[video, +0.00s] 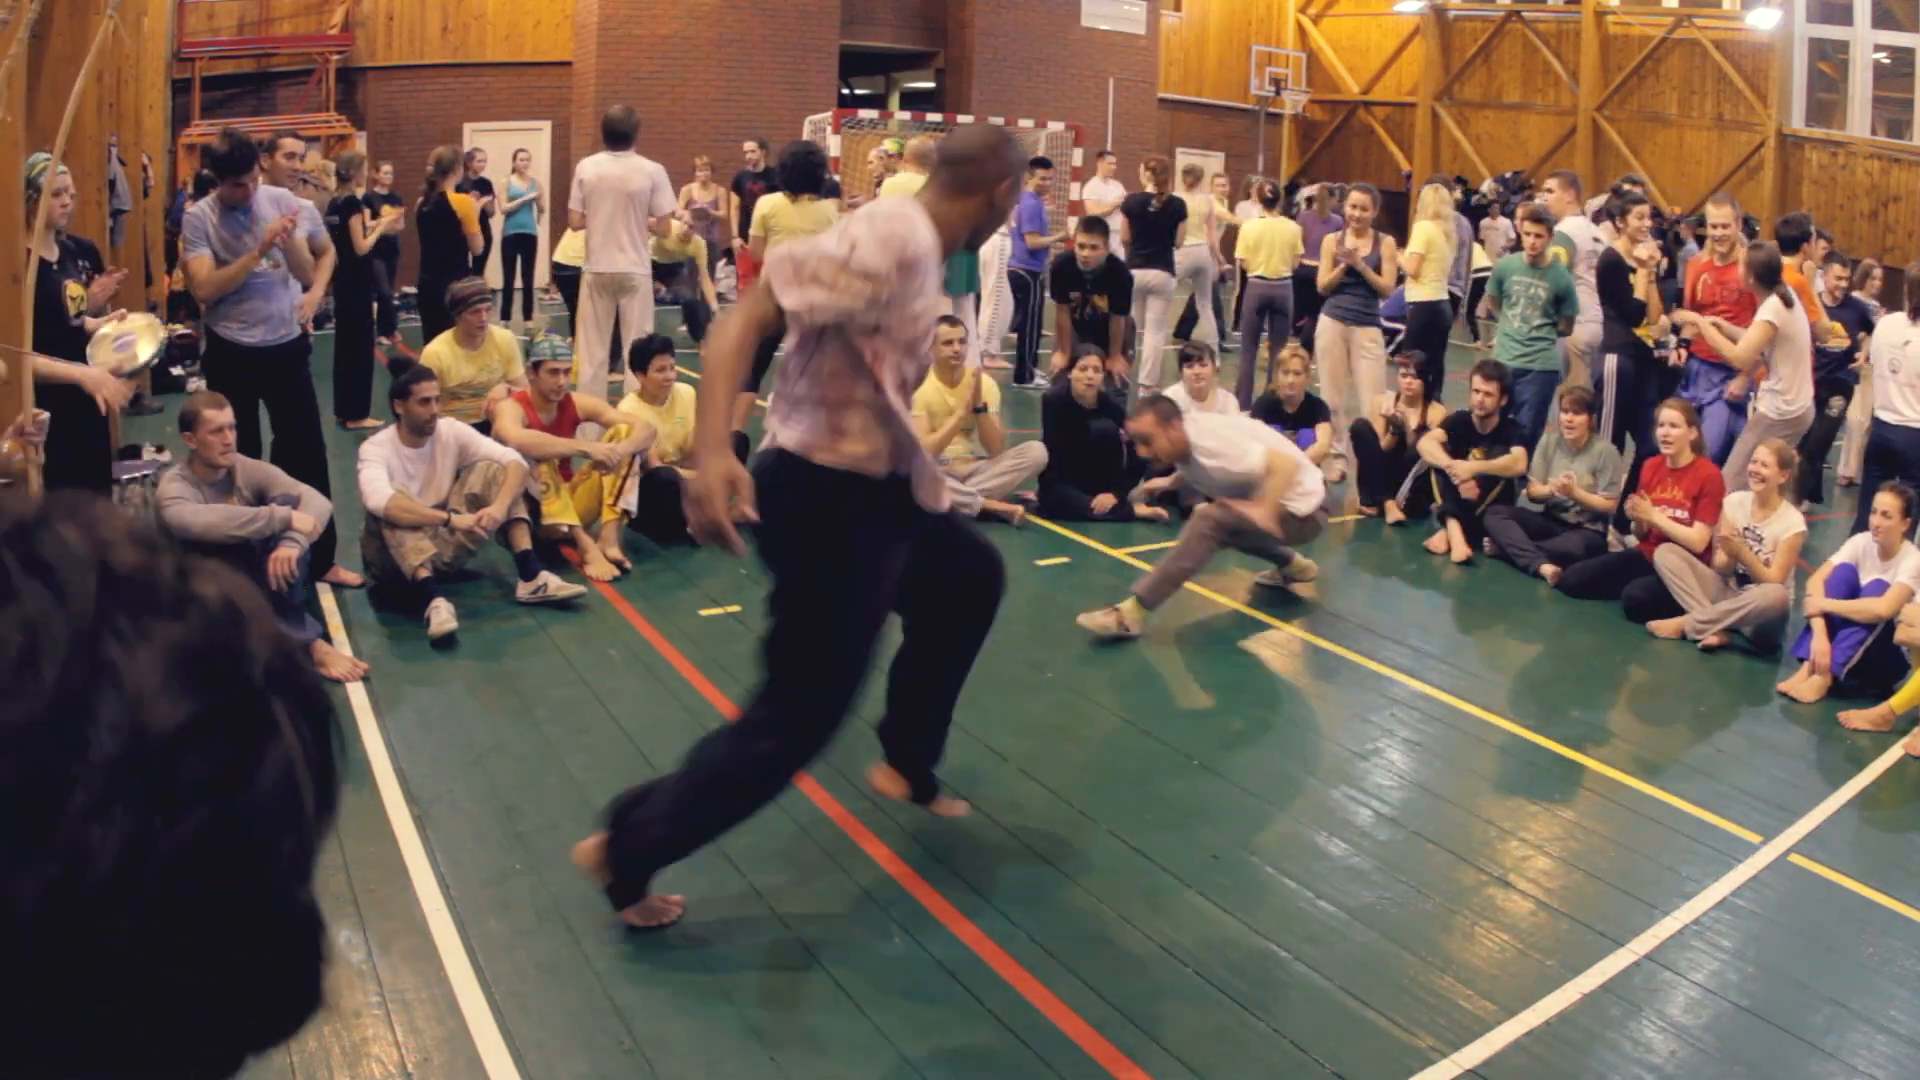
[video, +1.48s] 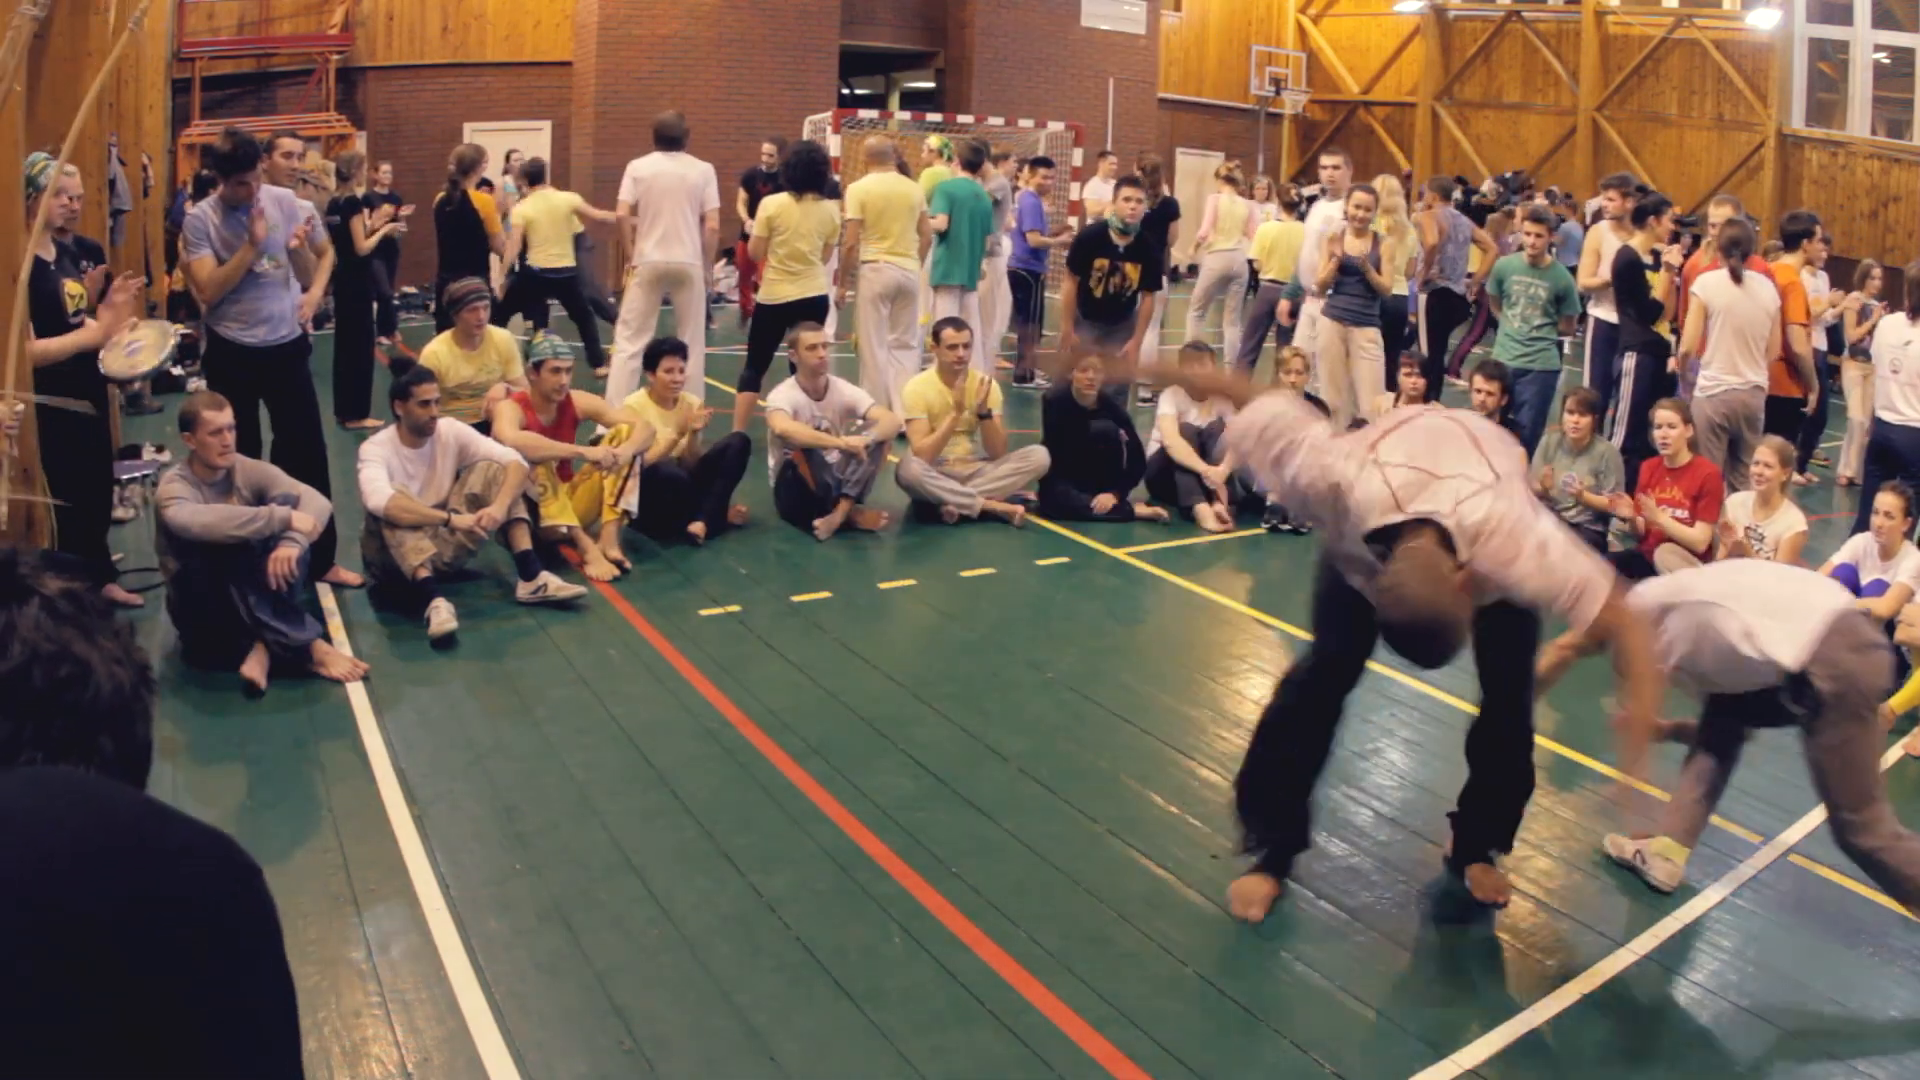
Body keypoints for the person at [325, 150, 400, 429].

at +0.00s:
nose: (370, 175)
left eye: (369, 169)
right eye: (367, 170)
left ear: (342, 172)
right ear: (357, 172)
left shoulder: (335, 203)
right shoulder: (352, 204)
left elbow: (352, 241)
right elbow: (360, 246)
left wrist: (377, 225)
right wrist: (381, 226)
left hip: (343, 281)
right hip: (358, 283)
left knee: (349, 343)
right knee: (360, 345)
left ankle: (346, 411)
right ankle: (355, 414)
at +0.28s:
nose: (370, 174)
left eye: (368, 169)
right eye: (367, 169)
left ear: (343, 172)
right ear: (357, 172)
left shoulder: (335, 203)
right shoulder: (355, 203)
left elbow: (346, 244)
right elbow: (361, 247)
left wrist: (377, 226)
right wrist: (381, 228)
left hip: (342, 280)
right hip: (358, 282)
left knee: (348, 343)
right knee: (361, 345)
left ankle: (347, 411)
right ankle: (356, 414)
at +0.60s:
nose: (369, 175)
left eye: (368, 169)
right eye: (366, 170)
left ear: (342, 172)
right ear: (357, 172)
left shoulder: (334, 202)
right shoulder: (354, 203)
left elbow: (343, 244)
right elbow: (363, 247)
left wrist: (368, 225)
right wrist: (380, 227)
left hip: (342, 280)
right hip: (358, 282)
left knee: (348, 343)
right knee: (360, 345)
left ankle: (346, 411)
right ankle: (356, 414)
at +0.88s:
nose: (370, 173)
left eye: (369, 168)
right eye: (367, 169)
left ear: (342, 172)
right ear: (357, 172)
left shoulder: (336, 203)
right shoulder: (353, 204)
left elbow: (348, 242)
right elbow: (358, 249)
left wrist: (373, 232)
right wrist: (384, 240)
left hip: (344, 281)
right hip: (358, 283)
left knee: (349, 343)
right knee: (361, 345)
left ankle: (346, 411)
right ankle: (355, 414)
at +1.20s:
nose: (369, 174)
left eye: (368, 169)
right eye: (367, 170)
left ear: (342, 171)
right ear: (358, 172)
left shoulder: (334, 203)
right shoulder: (354, 204)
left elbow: (345, 244)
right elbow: (361, 248)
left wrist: (370, 228)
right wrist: (381, 230)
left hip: (342, 279)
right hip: (358, 281)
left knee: (347, 342)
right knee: (361, 344)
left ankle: (346, 411)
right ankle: (356, 414)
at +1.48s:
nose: (370, 175)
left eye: (369, 169)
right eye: (367, 170)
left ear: (343, 171)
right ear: (358, 172)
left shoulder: (334, 203)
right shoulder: (353, 203)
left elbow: (347, 242)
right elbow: (361, 247)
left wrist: (371, 224)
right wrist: (384, 231)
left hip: (342, 281)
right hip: (358, 282)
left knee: (347, 344)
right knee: (361, 346)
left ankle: (346, 411)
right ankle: (355, 414)